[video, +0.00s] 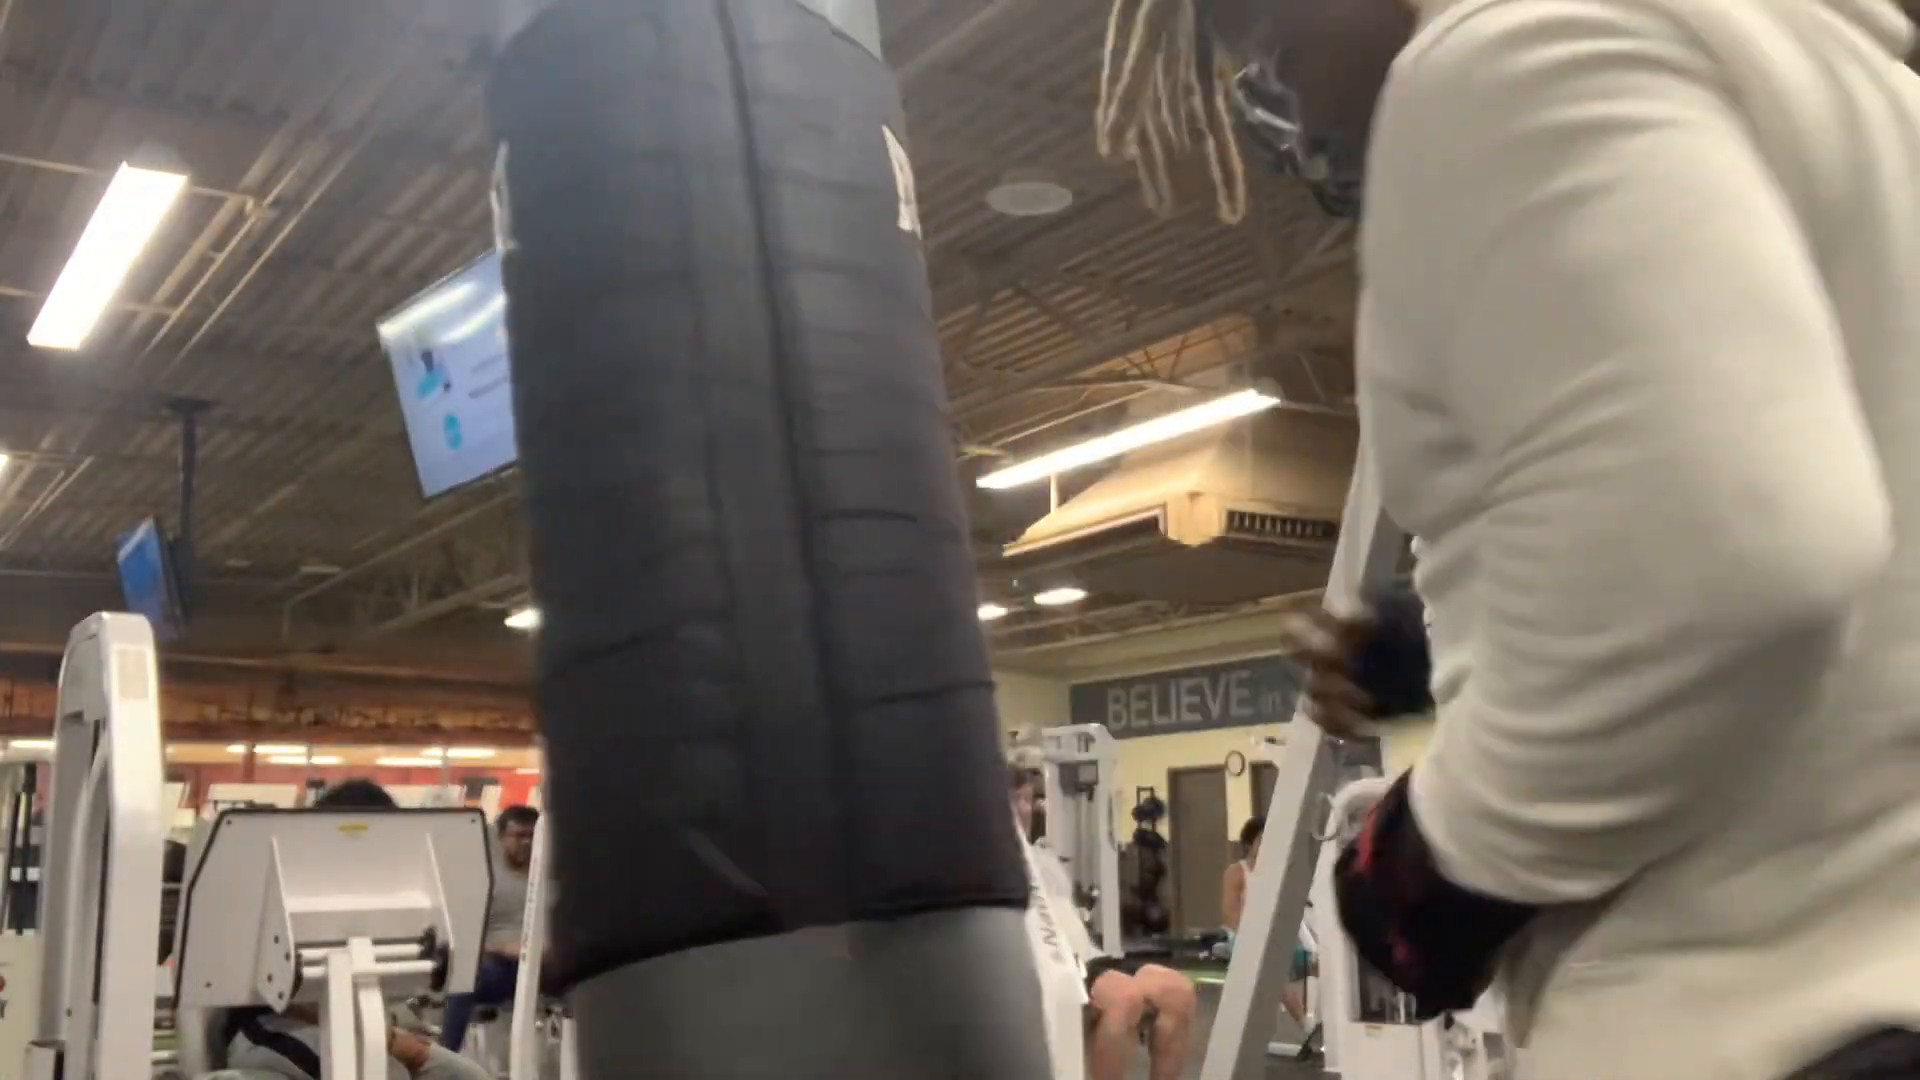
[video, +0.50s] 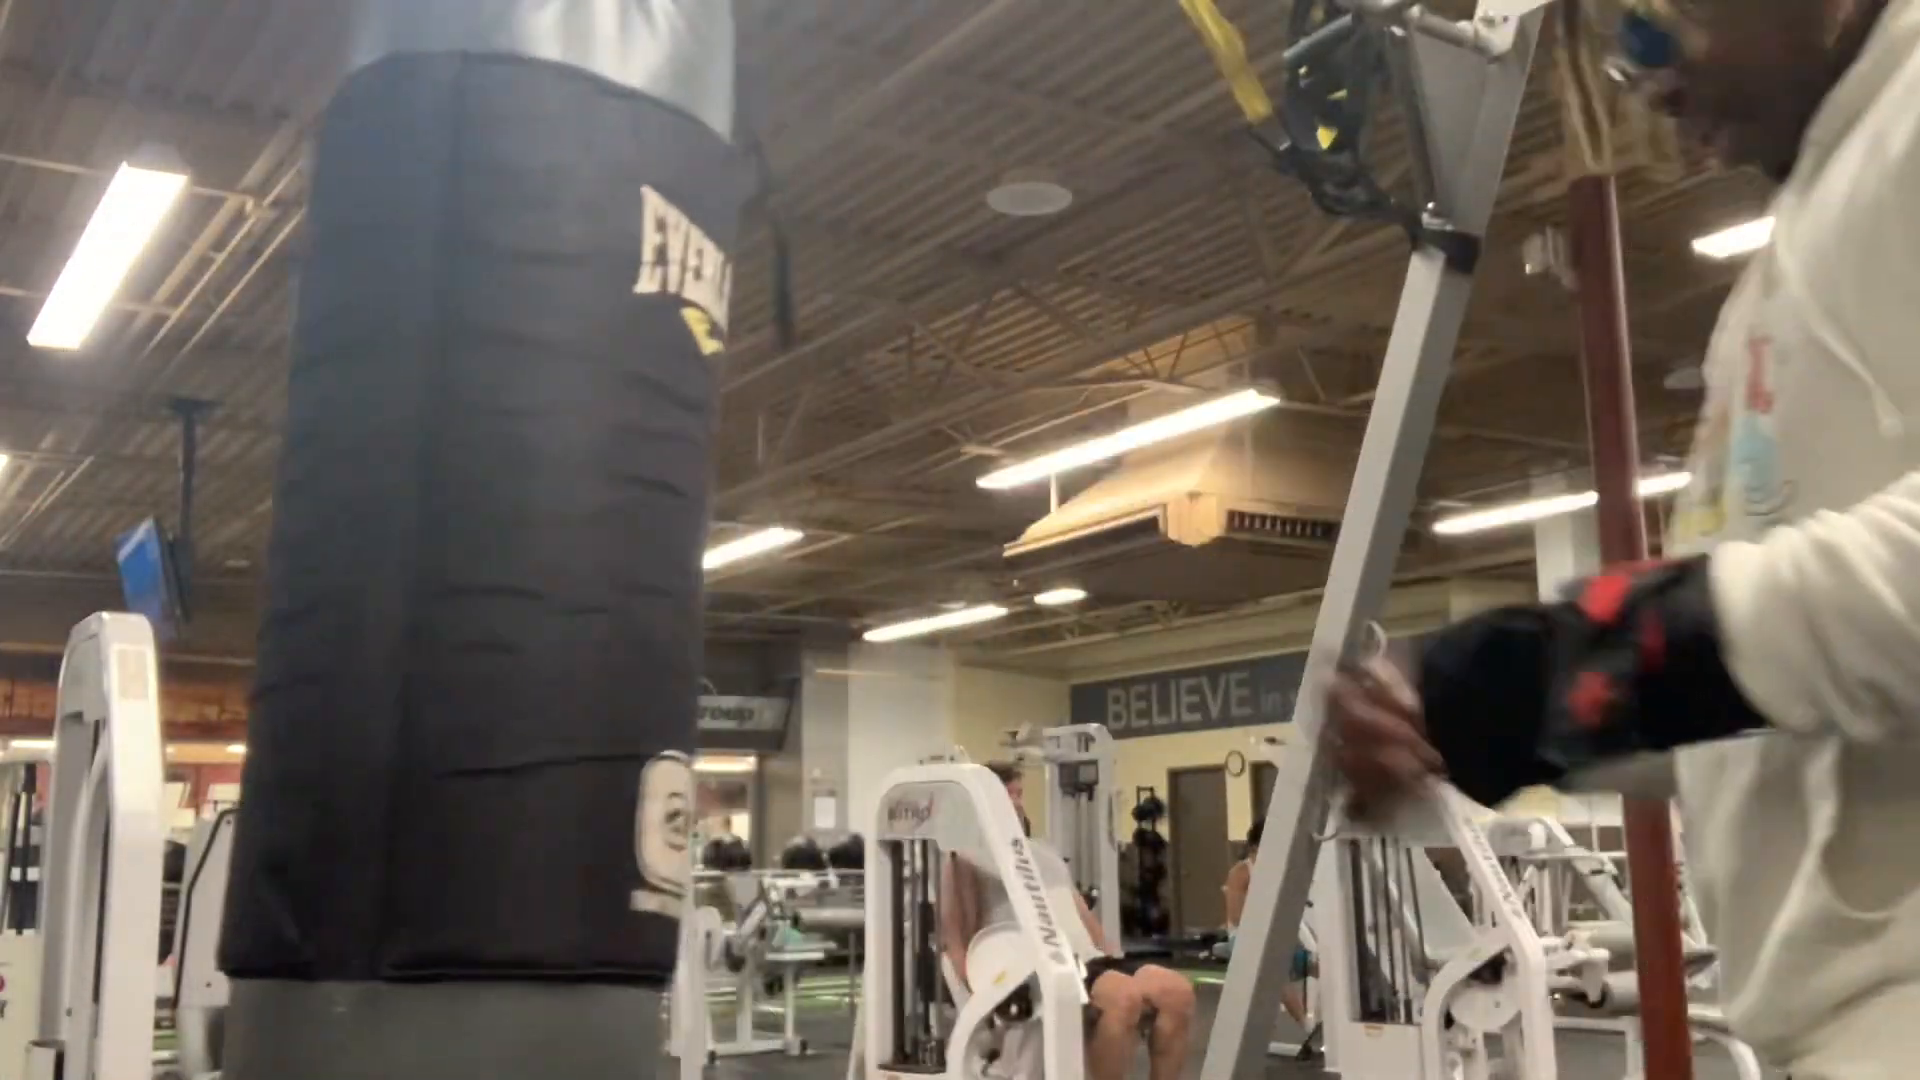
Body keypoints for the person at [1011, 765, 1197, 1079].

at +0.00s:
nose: (1027, 808)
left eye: (1030, 798)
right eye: (1019, 798)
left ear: (1034, 802)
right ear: (999, 802)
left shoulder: (1044, 858)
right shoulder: (993, 859)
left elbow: (1069, 920)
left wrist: (1099, 963)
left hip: (1081, 960)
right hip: (1042, 968)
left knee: (1178, 992)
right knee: (1124, 998)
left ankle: (1165, 1072)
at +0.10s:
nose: (1025, 808)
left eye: (1030, 798)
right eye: (1016, 798)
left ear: (1036, 802)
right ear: (994, 803)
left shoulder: (1040, 856)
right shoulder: (976, 856)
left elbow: (1065, 913)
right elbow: (968, 932)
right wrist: (964, 982)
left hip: (1078, 955)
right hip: (1027, 961)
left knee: (1177, 992)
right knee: (1124, 998)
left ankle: (1164, 1073)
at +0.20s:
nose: (1024, 808)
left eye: (1028, 799)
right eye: (1014, 799)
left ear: (1033, 803)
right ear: (991, 802)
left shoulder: (1040, 856)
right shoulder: (968, 860)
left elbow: (1062, 918)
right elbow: (954, 949)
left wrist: (1089, 945)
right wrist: (985, 997)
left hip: (1071, 957)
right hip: (1016, 966)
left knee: (1177, 993)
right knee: (1123, 998)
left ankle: (1164, 1074)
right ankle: (1104, 1074)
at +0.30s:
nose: (1027, 807)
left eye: (1027, 798)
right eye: (1018, 798)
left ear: (1029, 801)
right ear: (991, 801)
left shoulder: (1042, 857)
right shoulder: (967, 860)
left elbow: (1080, 920)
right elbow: (955, 946)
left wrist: (1103, 955)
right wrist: (982, 995)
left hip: (1073, 957)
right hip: (1017, 965)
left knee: (1177, 993)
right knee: (1124, 998)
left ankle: (1164, 1072)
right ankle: (1106, 1073)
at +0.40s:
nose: (1020, 805)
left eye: (1021, 796)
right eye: (1011, 796)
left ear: (1024, 799)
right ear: (989, 800)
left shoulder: (1044, 856)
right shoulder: (966, 857)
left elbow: (1083, 918)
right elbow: (955, 940)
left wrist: (1110, 957)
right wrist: (978, 992)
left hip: (1074, 957)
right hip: (1016, 963)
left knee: (1177, 993)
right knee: (1124, 998)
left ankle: (1165, 1073)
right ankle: (1106, 1074)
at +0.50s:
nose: (1017, 803)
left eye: (1019, 794)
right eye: (1008, 794)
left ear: (1022, 797)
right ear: (987, 800)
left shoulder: (1042, 853)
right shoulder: (967, 856)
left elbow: (1083, 914)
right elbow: (956, 939)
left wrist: (1111, 957)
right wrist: (979, 993)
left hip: (1075, 958)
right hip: (1020, 964)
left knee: (1177, 992)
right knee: (1124, 999)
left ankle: (1165, 1073)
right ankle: (1106, 1073)